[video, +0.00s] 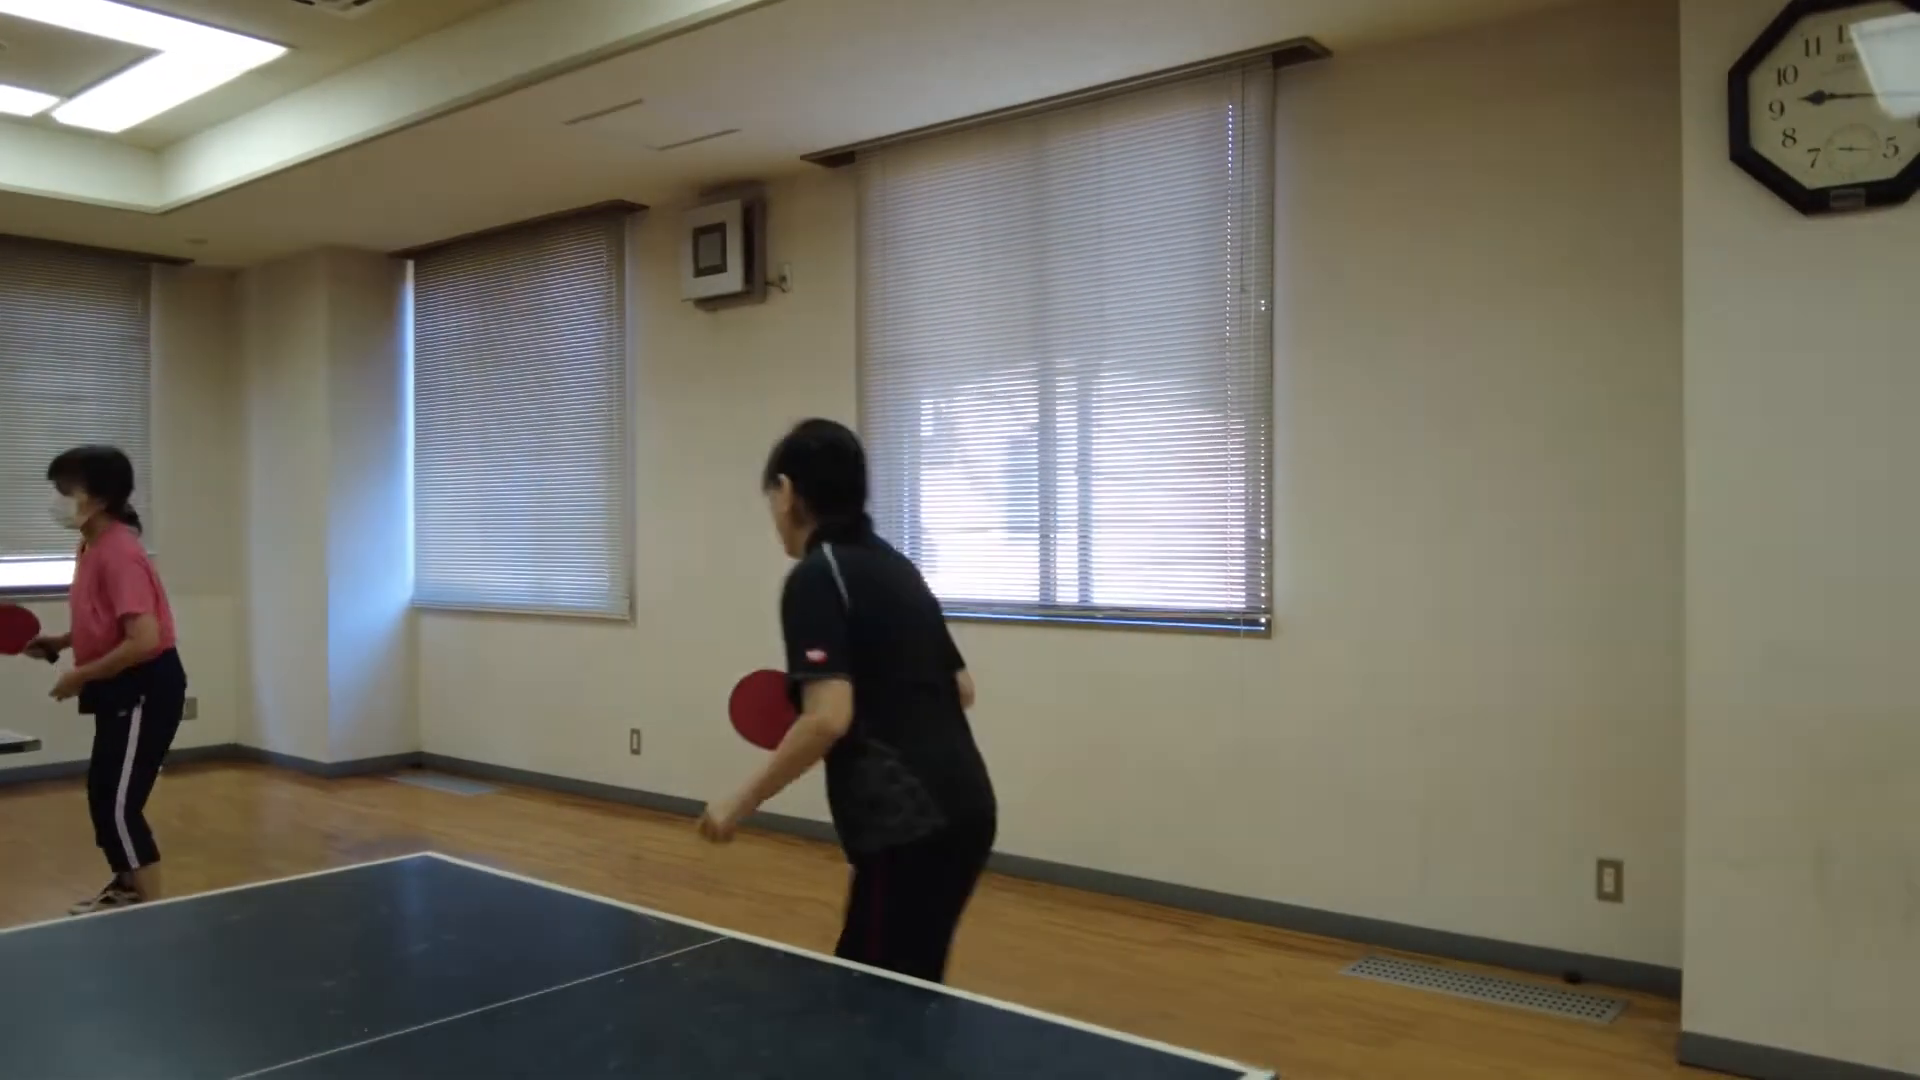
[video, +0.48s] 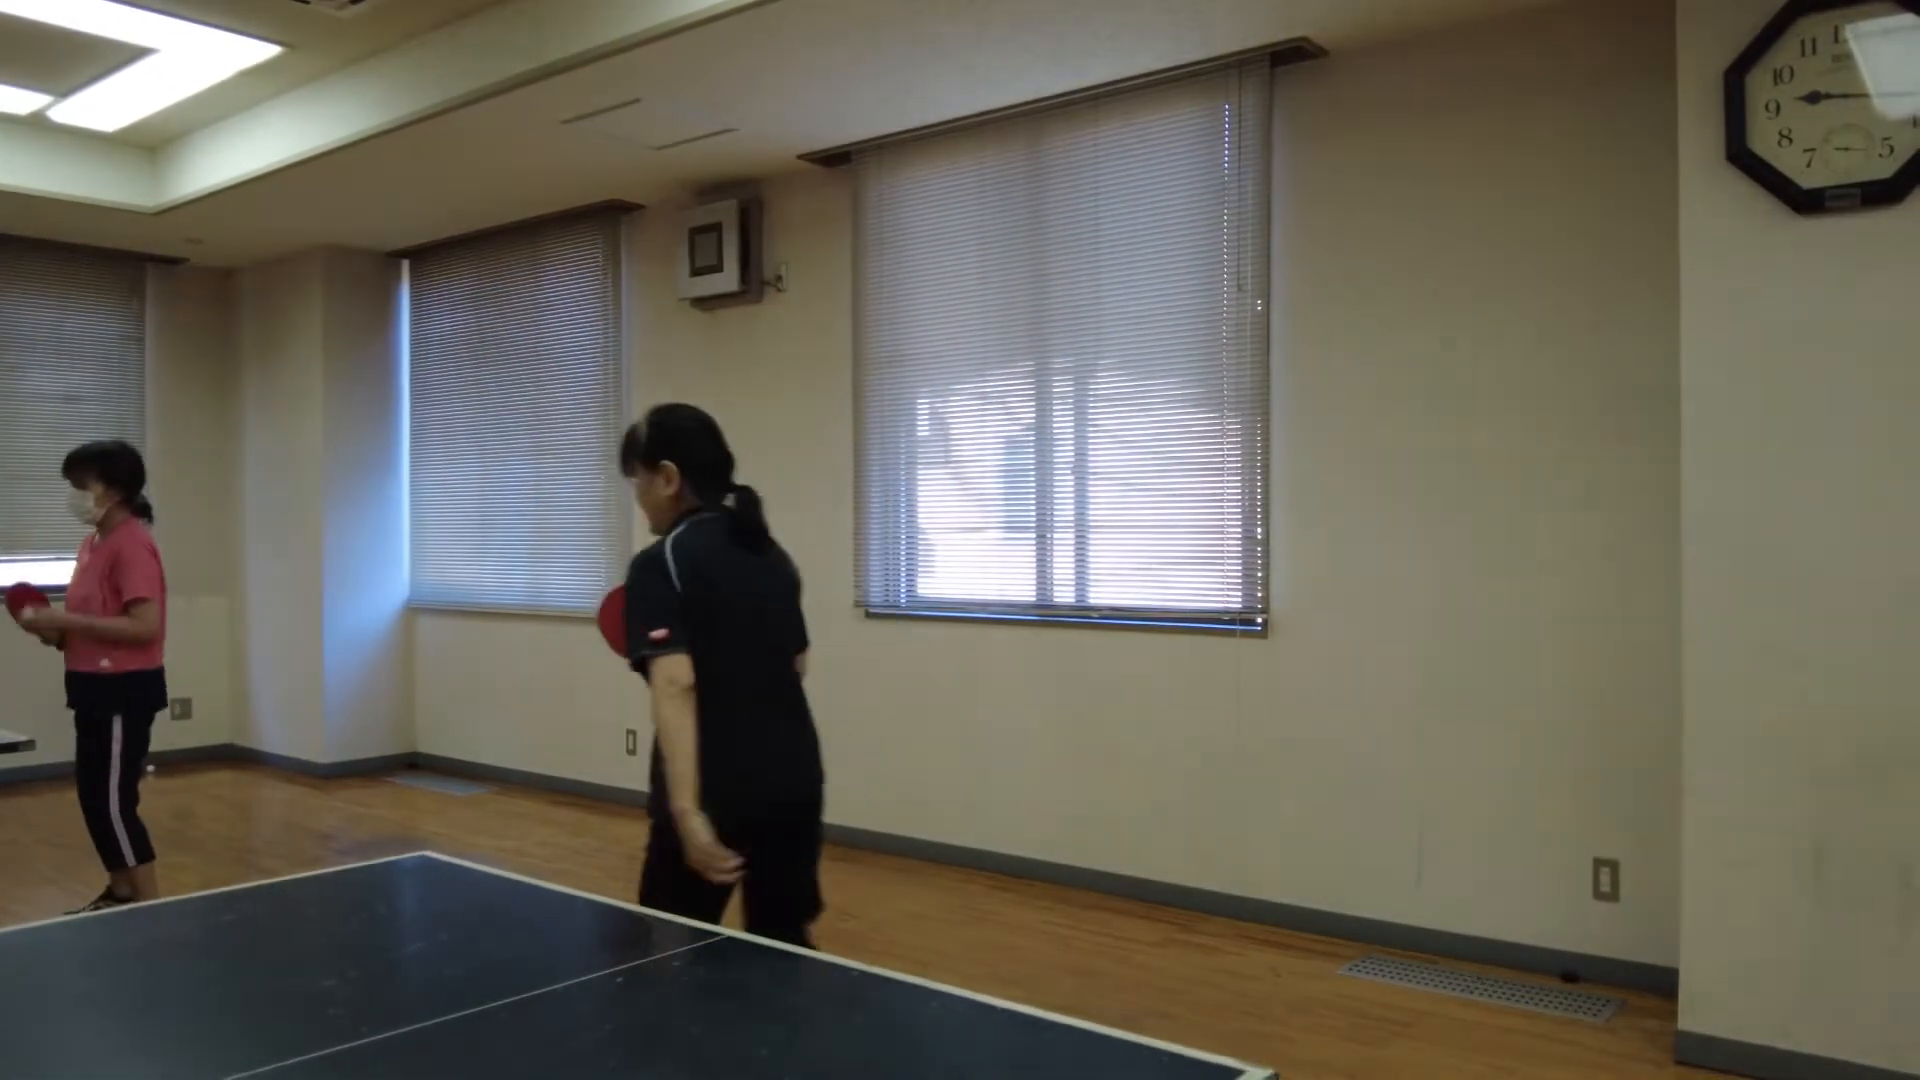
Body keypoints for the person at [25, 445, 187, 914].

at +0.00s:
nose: (60, 502)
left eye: (68, 492)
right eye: (59, 492)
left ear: (98, 496)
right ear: (83, 498)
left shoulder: (119, 549)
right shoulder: (93, 547)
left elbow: (146, 638)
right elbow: (102, 625)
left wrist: (82, 675)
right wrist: (57, 643)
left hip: (147, 684)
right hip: (120, 683)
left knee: (118, 802)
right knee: (104, 794)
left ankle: (156, 911)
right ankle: (128, 888)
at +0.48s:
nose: (72, 496)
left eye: (81, 487)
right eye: (72, 487)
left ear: (111, 490)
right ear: (98, 492)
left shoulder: (133, 543)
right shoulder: (95, 543)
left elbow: (146, 626)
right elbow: (93, 628)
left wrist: (65, 621)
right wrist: (50, 627)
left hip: (126, 688)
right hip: (94, 685)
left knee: (113, 802)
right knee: (95, 797)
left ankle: (151, 907)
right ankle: (123, 892)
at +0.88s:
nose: (87, 500)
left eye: (96, 492)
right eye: (86, 493)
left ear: (128, 496)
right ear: (101, 500)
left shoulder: (144, 545)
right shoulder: (105, 545)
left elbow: (85, 597)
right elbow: (101, 627)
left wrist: (80, 532)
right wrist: (61, 635)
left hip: (111, 677)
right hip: (78, 676)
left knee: (112, 793)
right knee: (84, 789)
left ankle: (149, 905)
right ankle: (119, 893)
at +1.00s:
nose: (89, 505)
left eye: (98, 495)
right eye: (87, 496)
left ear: (130, 498)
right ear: (97, 501)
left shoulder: (146, 549)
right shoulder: (104, 549)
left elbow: (86, 595)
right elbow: (93, 635)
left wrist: (83, 533)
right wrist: (52, 635)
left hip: (107, 679)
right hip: (72, 678)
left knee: (110, 794)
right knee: (82, 790)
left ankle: (148, 905)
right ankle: (119, 892)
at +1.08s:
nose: (91, 506)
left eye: (100, 496)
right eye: (88, 498)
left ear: (132, 498)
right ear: (95, 503)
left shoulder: (146, 550)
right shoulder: (105, 550)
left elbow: (89, 596)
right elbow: (90, 637)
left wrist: (88, 535)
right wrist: (50, 636)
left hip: (104, 681)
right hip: (69, 680)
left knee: (109, 795)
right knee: (80, 791)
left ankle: (148, 906)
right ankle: (118, 892)